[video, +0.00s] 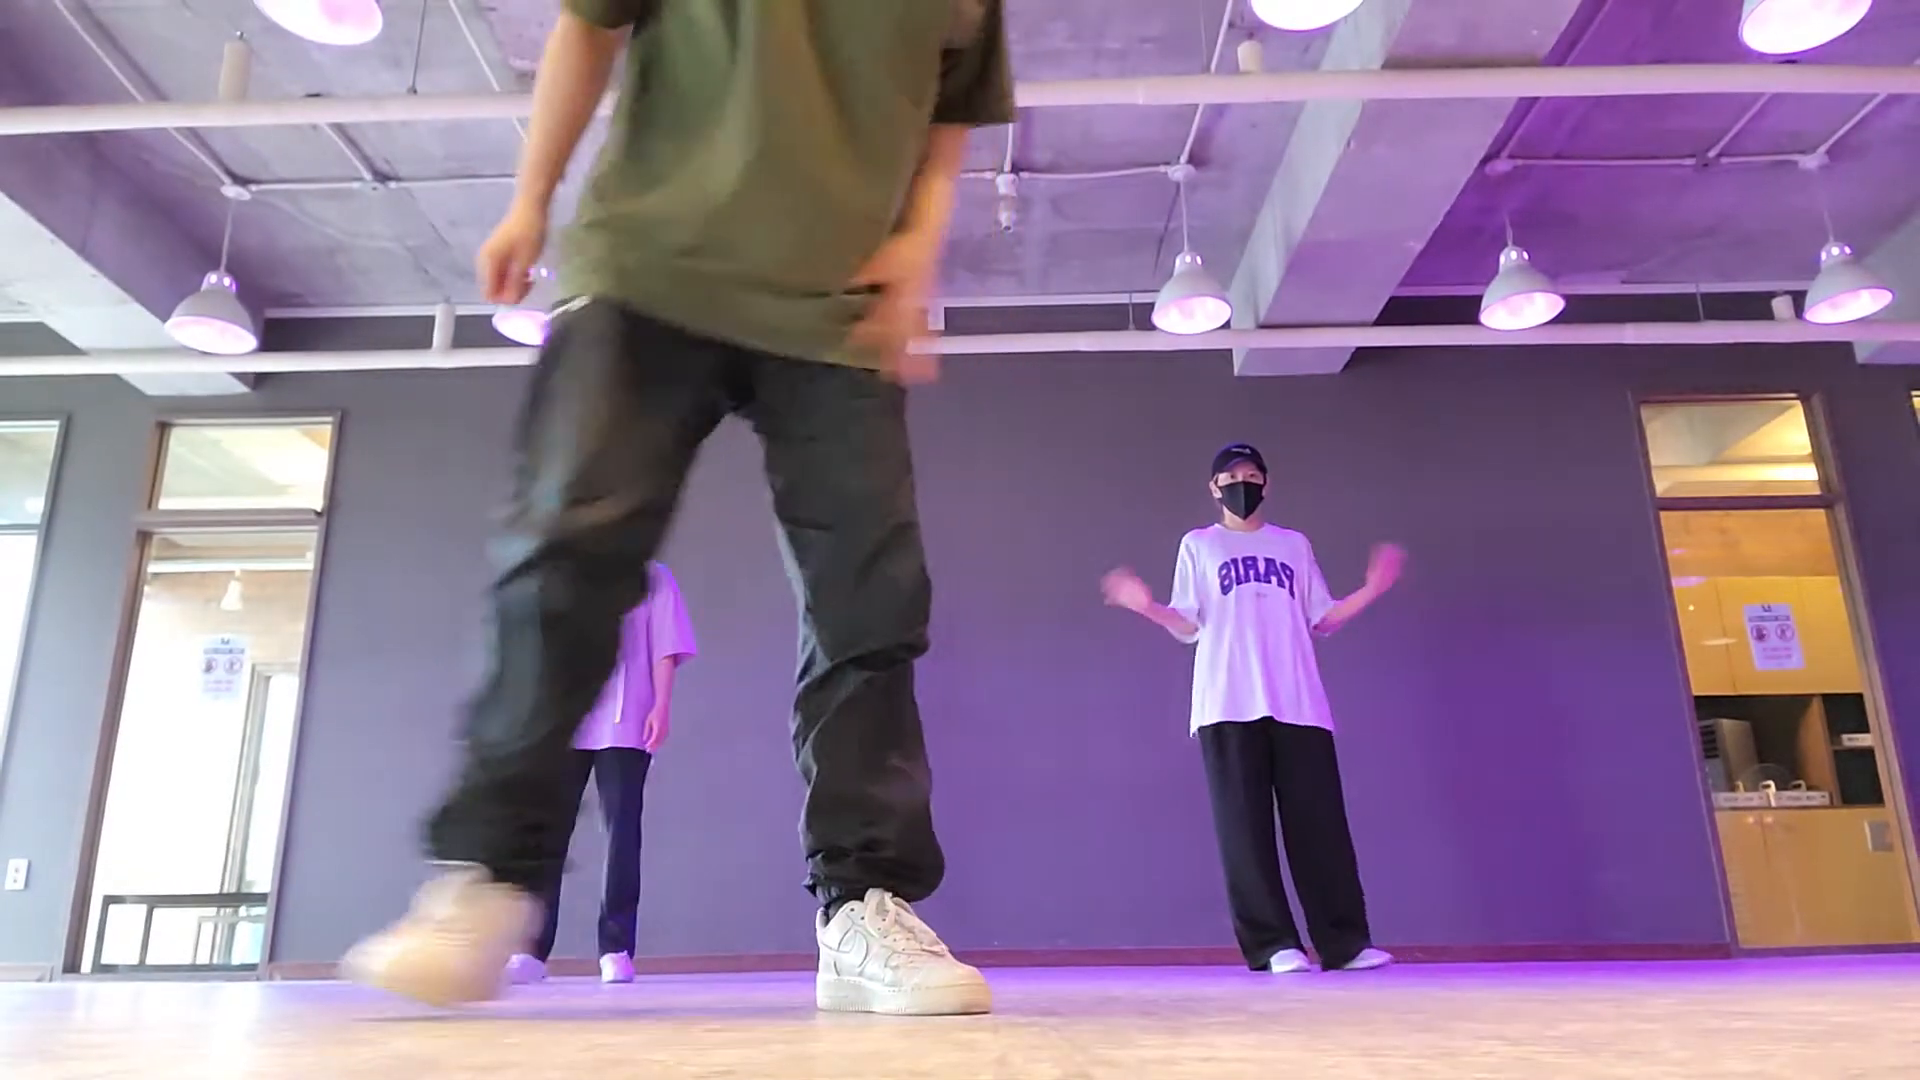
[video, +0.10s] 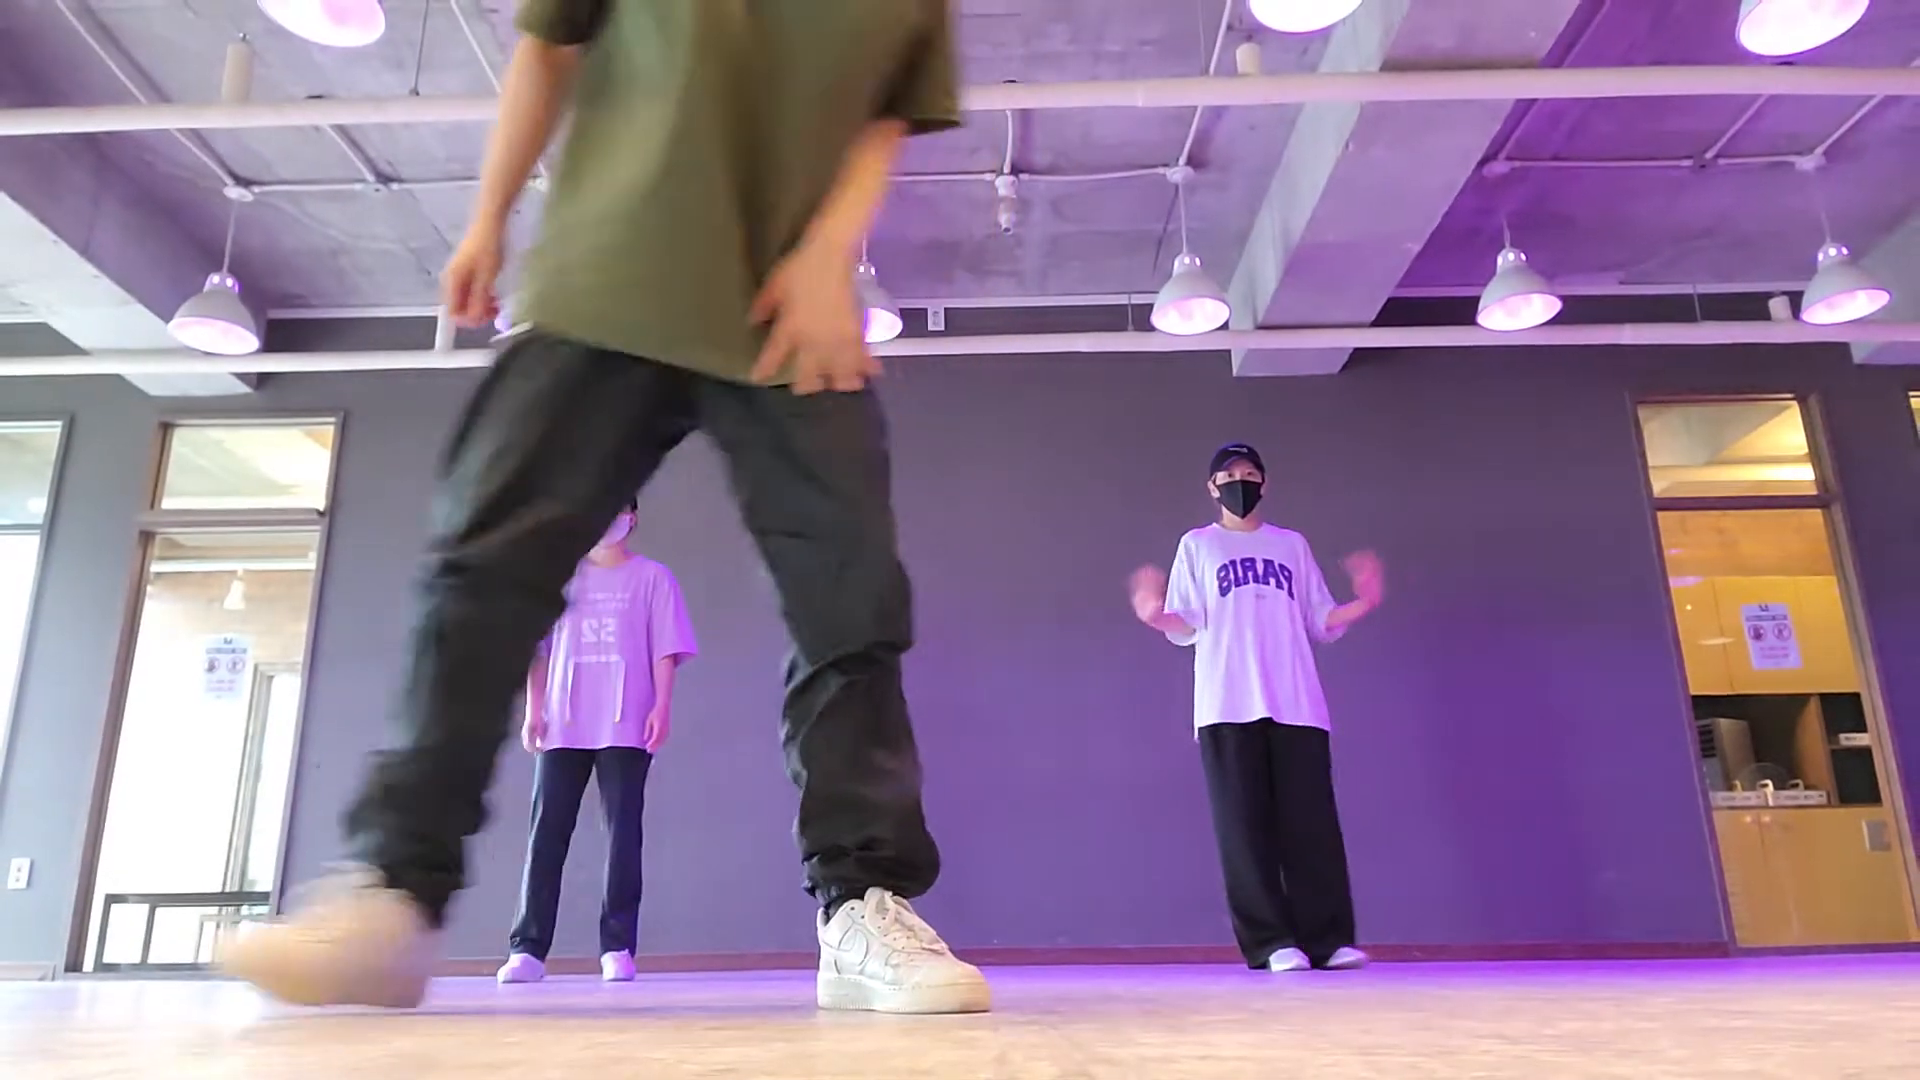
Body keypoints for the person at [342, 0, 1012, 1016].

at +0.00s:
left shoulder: (960, 10)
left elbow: (956, 94)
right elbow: (591, 19)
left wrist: (922, 235)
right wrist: (530, 200)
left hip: (838, 284)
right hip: (650, 251)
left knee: (870, 604)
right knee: (563, 551)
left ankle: (867, 913)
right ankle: (483, 885)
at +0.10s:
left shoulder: (911, 9)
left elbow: (890, 114)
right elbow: (551, 40)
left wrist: (828, 252)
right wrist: (488, 219)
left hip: (795, 295)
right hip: (610, 267)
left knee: (854, 613)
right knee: (480, 570)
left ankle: (864, 915)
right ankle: (390, 899)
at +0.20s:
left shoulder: (809, 13)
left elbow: (828, 94)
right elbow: (489, 61)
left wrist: (756, 253)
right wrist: (431, 235)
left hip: (718, 301)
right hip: (525, 286)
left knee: (807, 613)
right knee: (399, 585)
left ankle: (867, 913)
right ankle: (367, 922)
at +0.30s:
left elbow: (724, 91)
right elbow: (427, 93)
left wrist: (653, 255)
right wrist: (363, 248)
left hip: (618, 319)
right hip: (435, 318)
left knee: (730, 598)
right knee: (324, 595)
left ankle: (864, 884)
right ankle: (358, 930)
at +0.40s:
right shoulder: (362, 14)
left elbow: (598, 73)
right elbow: (379, 128)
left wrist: (504, 238)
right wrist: (279, 254)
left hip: (481, 298)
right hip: (348, 313)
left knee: (589, 571)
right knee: (265, 600)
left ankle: (761, 845)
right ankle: (356, 928)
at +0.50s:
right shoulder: (298, 16)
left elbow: (481, 60)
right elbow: (308, 142)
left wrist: (350, 184)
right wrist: (178, 224)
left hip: (390, 294)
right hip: (288, 305)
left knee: (306, 524)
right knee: (238, 616)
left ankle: (508, 840)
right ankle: (345, 913)